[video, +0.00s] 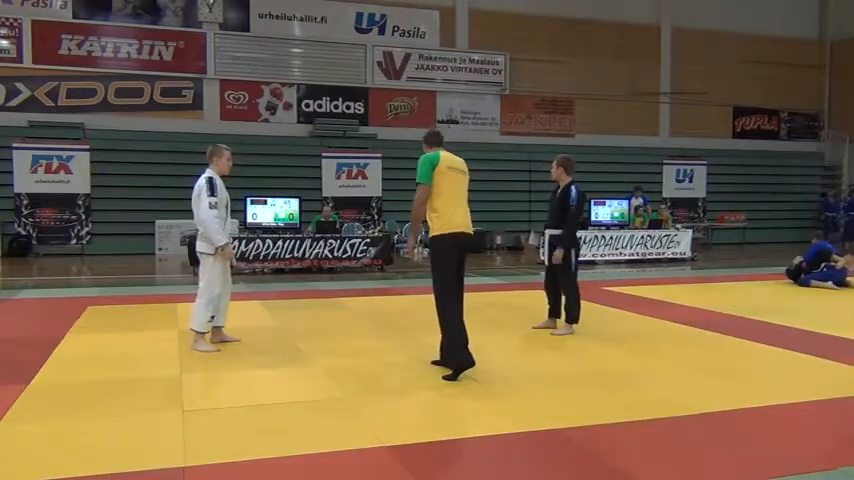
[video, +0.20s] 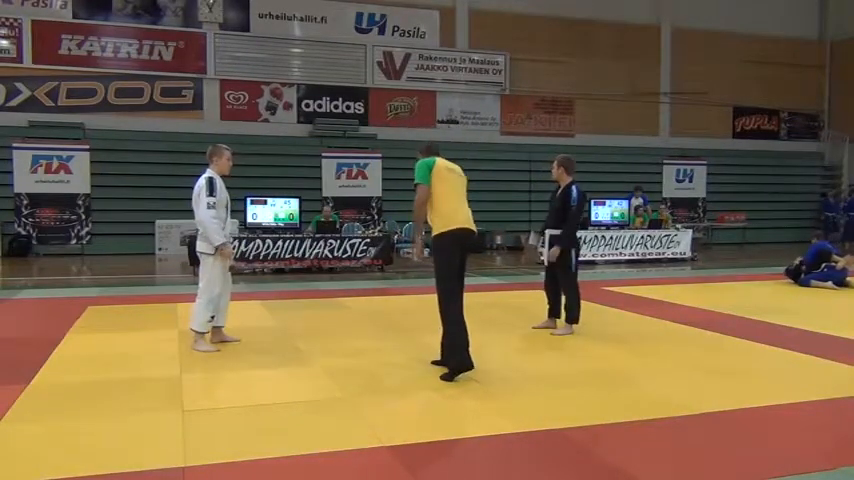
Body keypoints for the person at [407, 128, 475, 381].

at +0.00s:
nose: (423, 152)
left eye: (423, 148)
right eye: (424, 148)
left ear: (425, 146)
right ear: (443, 144)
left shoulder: (428, 158)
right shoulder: (460, 162)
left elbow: (421, 197)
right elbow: (459, 199)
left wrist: (412, 238)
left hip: (443, 235)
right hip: (463, 233)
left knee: (446, 298)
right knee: (453, 296)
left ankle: (461, 357)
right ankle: (449, 352)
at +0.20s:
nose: (418, 163)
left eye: (418, 160)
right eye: (419, 160)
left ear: (424, 156)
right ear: (438, 154)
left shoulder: (426, 163)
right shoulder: (456, 170)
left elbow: (421, 198)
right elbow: (457, 203)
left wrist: (417, 238)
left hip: (446, 234)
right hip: (465, 233)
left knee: (449, 300)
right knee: (452, 299)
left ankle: (460, 360)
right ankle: (450, 352)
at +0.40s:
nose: (416, 170)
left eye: (417, 166)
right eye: (417, 166)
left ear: (423, 161)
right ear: (437, 159)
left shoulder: (424, 166)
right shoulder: (454, 173)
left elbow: (423, 202)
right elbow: (457, 206)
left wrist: (428, 234)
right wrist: (434, 237)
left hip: (448, 232)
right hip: (467, 232)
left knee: (448, 299)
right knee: (451, 297)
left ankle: (458, 360)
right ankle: (452, 352)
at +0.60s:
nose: (415, 169)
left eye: (416, 165)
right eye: (416, 165)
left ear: (421, 160)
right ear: (435, 157)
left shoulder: (424, 166)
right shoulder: (453, 173)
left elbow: (426, 204)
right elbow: (458, 207)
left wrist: (429, 238)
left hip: (448, 234)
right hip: (467, 233)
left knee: (446, 298)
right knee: (452, 297)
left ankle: (452, 364)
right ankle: (451, 354)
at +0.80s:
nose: (415, 162)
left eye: (415, 158)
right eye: (417, 158)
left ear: (419, 155)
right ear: (435, 152)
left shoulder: (423, 166)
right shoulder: (457, 169)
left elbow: (424, 205)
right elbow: (463, 209)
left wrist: (426, 240)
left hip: (444, 239)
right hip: (466, 237)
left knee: (442, 304)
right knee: (451, 302)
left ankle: (449, 374)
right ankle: (451, 358)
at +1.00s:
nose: (417, 154)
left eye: (417, 150)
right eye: (418, 150)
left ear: (421, 147)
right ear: (439, 145)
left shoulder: (422, 167)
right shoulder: (465, 166)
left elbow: (415, 211)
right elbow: (481, 208)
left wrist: (413, 249)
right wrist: (485, 245)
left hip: (441, 246)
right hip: (469, 244)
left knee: (439, 309)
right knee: (460, 305)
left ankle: (449, 375)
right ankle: (454, 364)